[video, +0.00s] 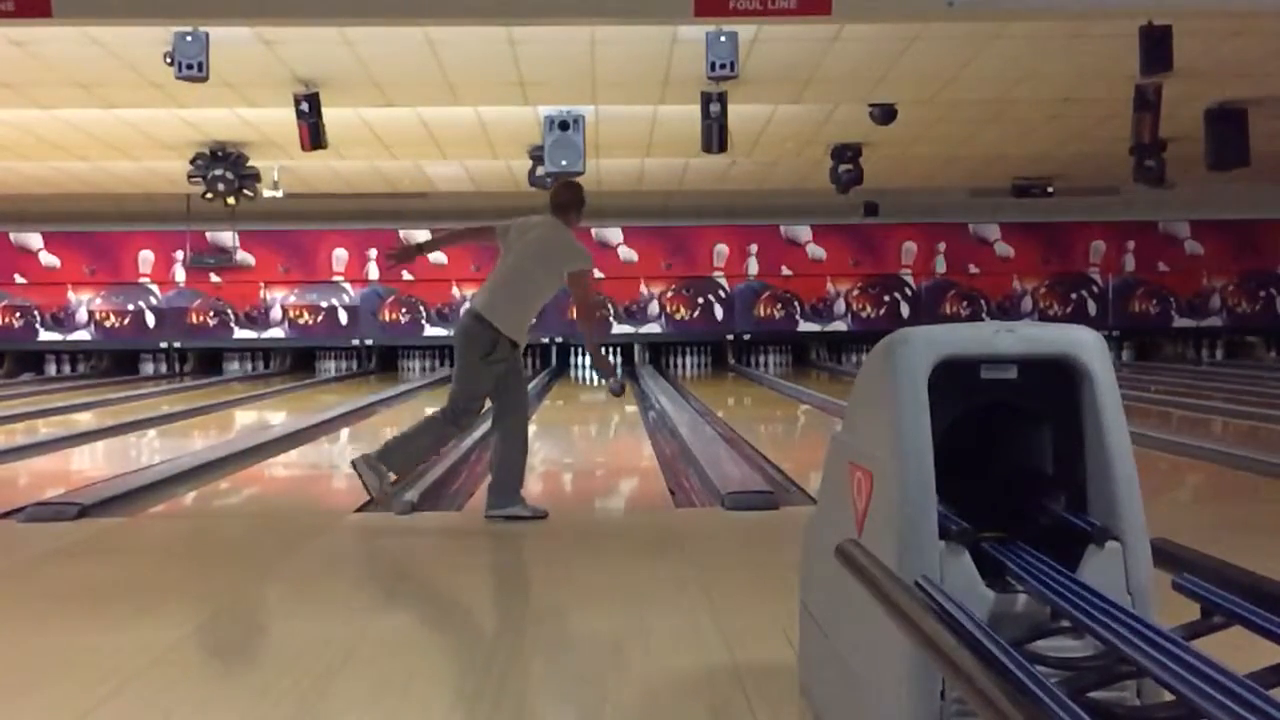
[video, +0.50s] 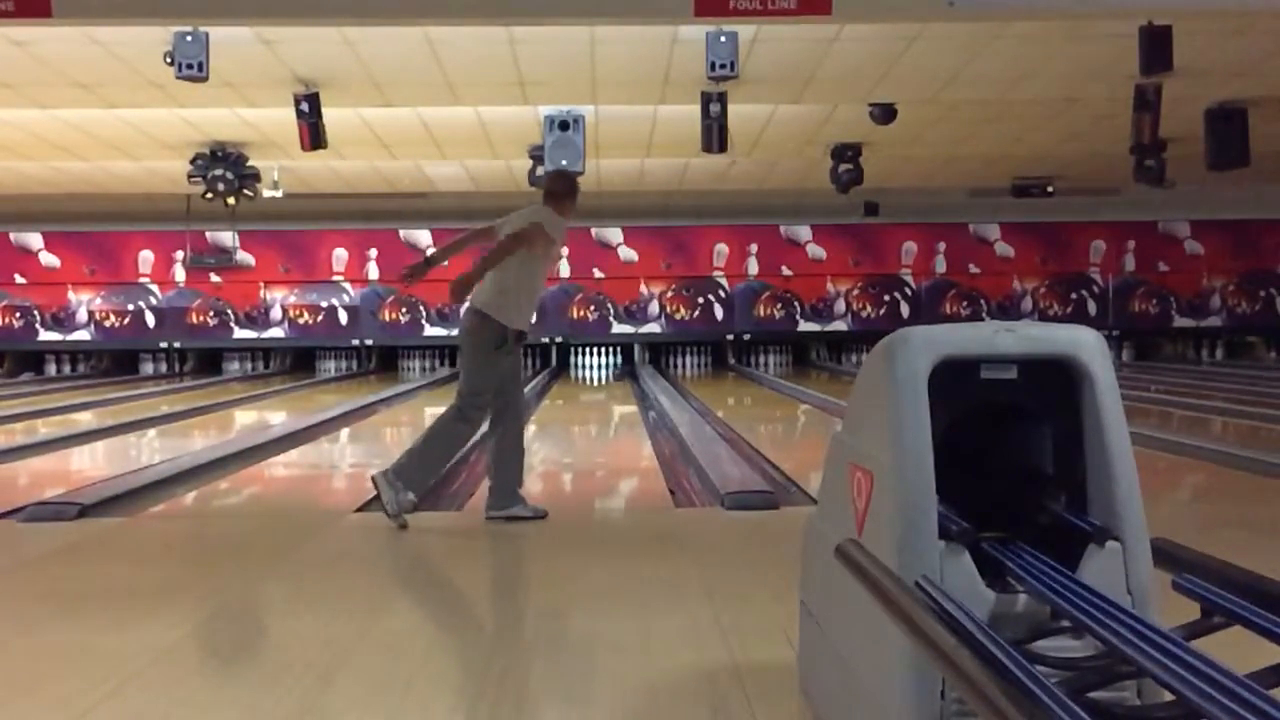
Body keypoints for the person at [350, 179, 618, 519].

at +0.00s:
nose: (580, 217)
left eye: (572, 209)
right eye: (581, 211)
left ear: (550, 205)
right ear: (579, 212)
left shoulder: (523, 226)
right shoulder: (574, 252)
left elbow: (465, 234)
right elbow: (585, 313)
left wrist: (416, 249)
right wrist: (595, 354)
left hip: (500, 341)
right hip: (487, 335)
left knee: (513, 418)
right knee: (459, 414)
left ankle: (505, 500)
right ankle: (379, 463)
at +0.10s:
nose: (577, 215)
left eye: (573, 205)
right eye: (579, 208)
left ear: (550, 201)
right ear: (578, 209)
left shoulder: (525, 222)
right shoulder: (563, 241)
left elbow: (469, 234)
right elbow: (568, 304)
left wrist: (422, 250)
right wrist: (571, 359)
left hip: (498, 336)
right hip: (490, 333)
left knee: (514, 419)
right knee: (459, 417)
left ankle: (505, 501)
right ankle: (390, 481)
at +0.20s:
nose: (576, 213)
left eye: (574, 205)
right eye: (578, 207)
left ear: (548, 199)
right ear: (576, 207)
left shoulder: (523, 220)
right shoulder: (559, 239)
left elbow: (472, 235)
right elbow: (545, 299)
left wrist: (426, 254)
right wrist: (544, 361)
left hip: (498, 336)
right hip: (489, 332)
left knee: (518, 416)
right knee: (461, 415)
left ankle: (505, 500)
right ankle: (393, 484)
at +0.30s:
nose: (574, 210)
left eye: (571, 201)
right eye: (576, 204)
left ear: (547, 196)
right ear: (575, 204)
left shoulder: (521, 219)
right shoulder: (555, 236)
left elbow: (472, 235)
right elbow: (529, 280)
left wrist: (428, 258)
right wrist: (515, 333)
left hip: (487, 327)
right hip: (491, 332)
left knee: (517, 414)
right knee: (461, 414)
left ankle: (506, 501)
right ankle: (393, 483)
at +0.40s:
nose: (573, 207)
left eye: (570, 199)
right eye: (575, 200)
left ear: (545, 195)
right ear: (574, 201)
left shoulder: (522, 218)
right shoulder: (551, 229)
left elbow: (473, 236)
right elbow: (517, 260)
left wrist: (428, 261)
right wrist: (487, 314)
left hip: (499, 333)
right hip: (492, 331)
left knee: (514, 415)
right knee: (463, 414)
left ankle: (505, 501)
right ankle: (394, 482)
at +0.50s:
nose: (574, 204)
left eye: (571, 196)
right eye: (574, 197)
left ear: (545, 193)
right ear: (573, 197)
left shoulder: (525, 216)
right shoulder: (548, 222)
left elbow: (474, 236)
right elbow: (510, 244)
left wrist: (428, 262)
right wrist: (472, 277)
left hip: (500, 329)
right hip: (491, 327)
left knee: (510, 416)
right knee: (469, 412)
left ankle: (505, 500)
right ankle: (398, 480)